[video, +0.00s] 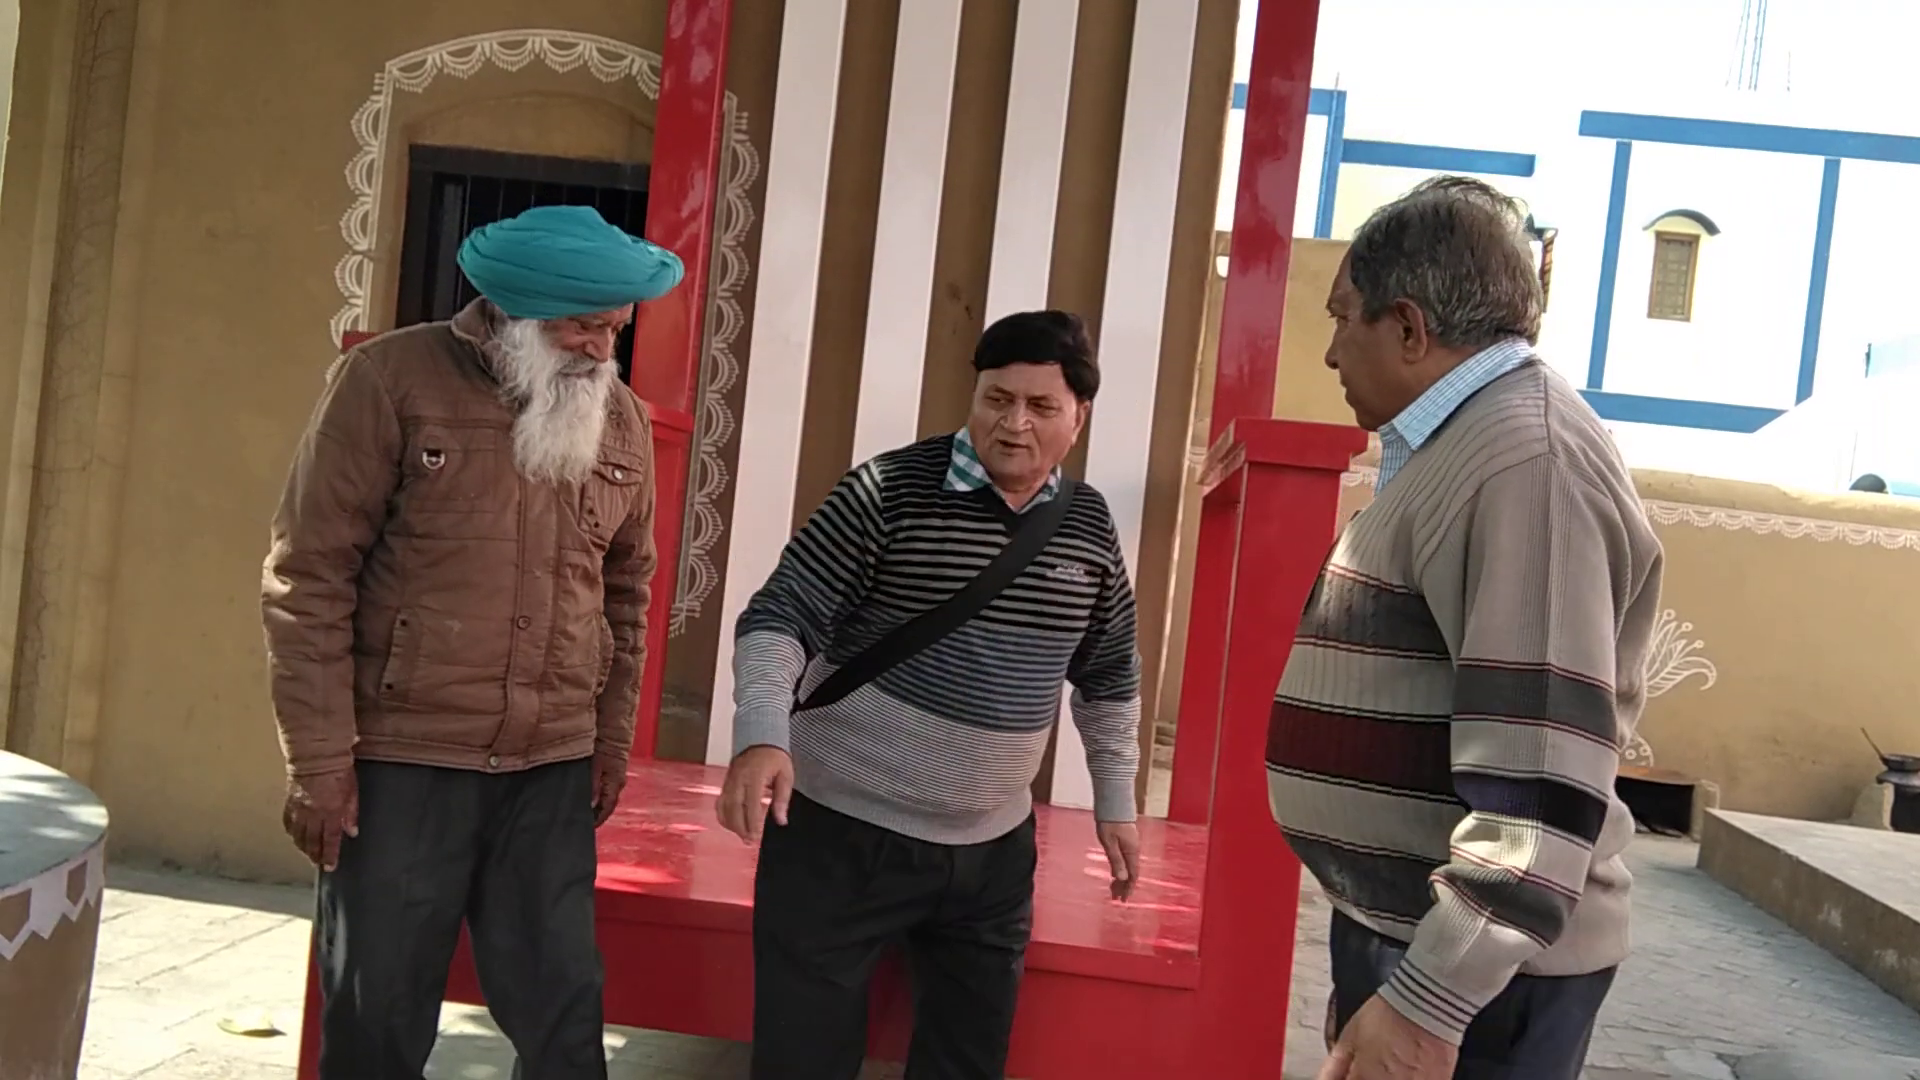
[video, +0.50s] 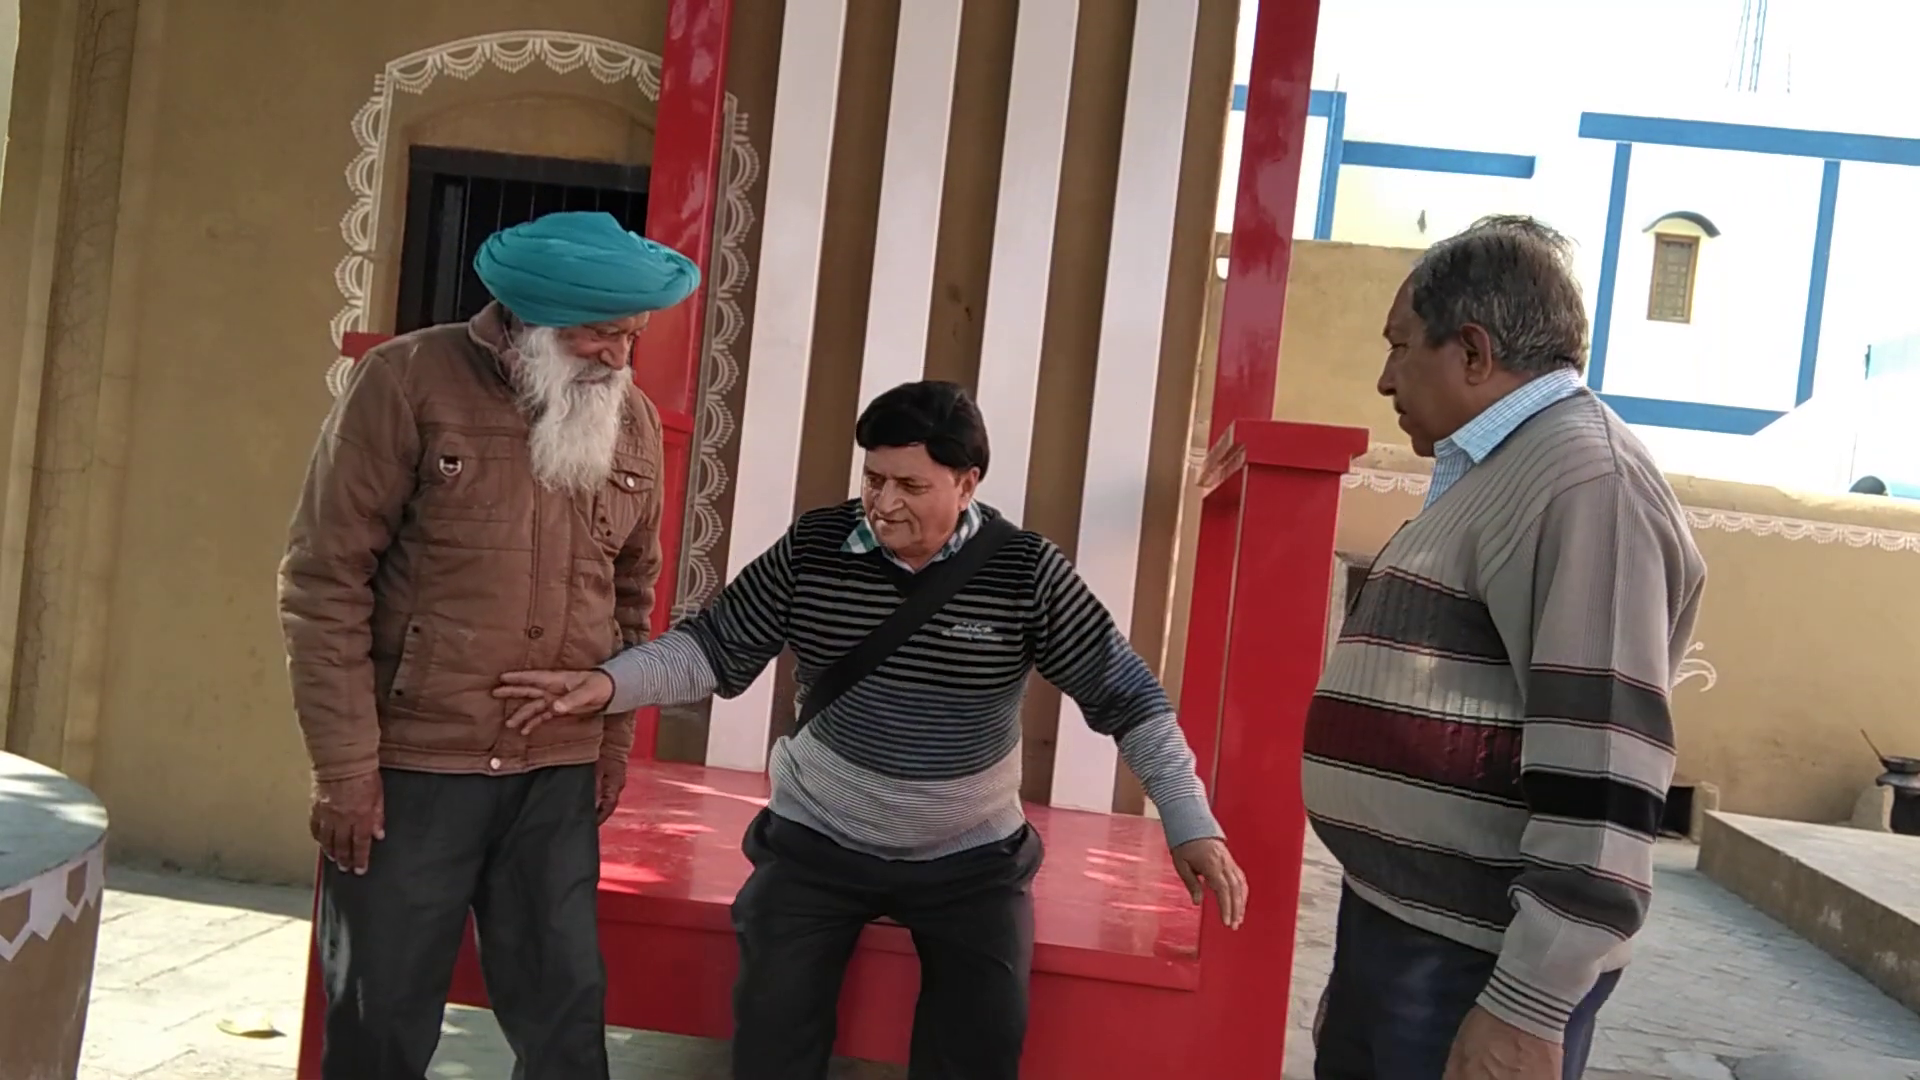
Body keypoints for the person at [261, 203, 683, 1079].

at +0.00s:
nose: (600, 341)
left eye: (612, 322)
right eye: (581, 320)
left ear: (620, 319)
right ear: (515, 310)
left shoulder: (622, 419)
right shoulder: (390, 379)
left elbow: (626, 596)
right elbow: (308, 573)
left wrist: (610, 741)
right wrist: (322, 762)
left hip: (548, 787)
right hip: (404, 781)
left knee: (566, 1037)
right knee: (376, 1044)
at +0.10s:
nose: (603, 346)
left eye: (617, 327)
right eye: (584, 325)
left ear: (627, 324)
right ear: (519, 314)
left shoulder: (625, 419)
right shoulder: (396, 381)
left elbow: (628, 590)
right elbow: (316, 577)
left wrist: (615, 733)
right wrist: (334, 764)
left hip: (551, 785)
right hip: (411, 780)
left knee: (566, 1031)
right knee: (382, 1039)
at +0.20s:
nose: (610, 349)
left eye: (623, 330)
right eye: (591, 328)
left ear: (632, 326)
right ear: (525, 315)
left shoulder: (628, 419)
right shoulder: (402, 381)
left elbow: (629, 589)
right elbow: (321, 577)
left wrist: (619, 726)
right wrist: (344, 763)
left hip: (552, 787)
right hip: (414, 782)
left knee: (566, 1041)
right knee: (382, 1042)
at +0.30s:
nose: (614, 350)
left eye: (627, 331)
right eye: (596, 329)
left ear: (635, 326)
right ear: (530, 315)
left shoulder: (630, 419)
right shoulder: (407, 381)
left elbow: (631, 588)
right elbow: (325, 577)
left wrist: (616, 730)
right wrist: (350, 764)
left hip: (553, 785)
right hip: (416, 780)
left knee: (566, 1037)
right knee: (382, 1040)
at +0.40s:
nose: (615, 349)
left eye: (627, 330)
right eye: (596, 329)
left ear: (636, 326)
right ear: (531, 316)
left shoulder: (631, 420)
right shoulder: (409, 381)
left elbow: (633, 589)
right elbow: (325, 576)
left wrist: (617, 730)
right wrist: (350, 765)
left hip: (554, 785)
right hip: (415, 782)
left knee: (567, 1029)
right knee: (383, 1037)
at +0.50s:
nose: (613, 350)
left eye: (627, 331)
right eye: (595, 329)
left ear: (637, 325)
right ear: (532, 316)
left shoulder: (632, 421)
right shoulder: (408, 381)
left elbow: (633, 593)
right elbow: (324, 576)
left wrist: (617, 733)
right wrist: (346, 766)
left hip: (554, 785)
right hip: (414, 781)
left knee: (567, 1036)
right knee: (381, 1041)